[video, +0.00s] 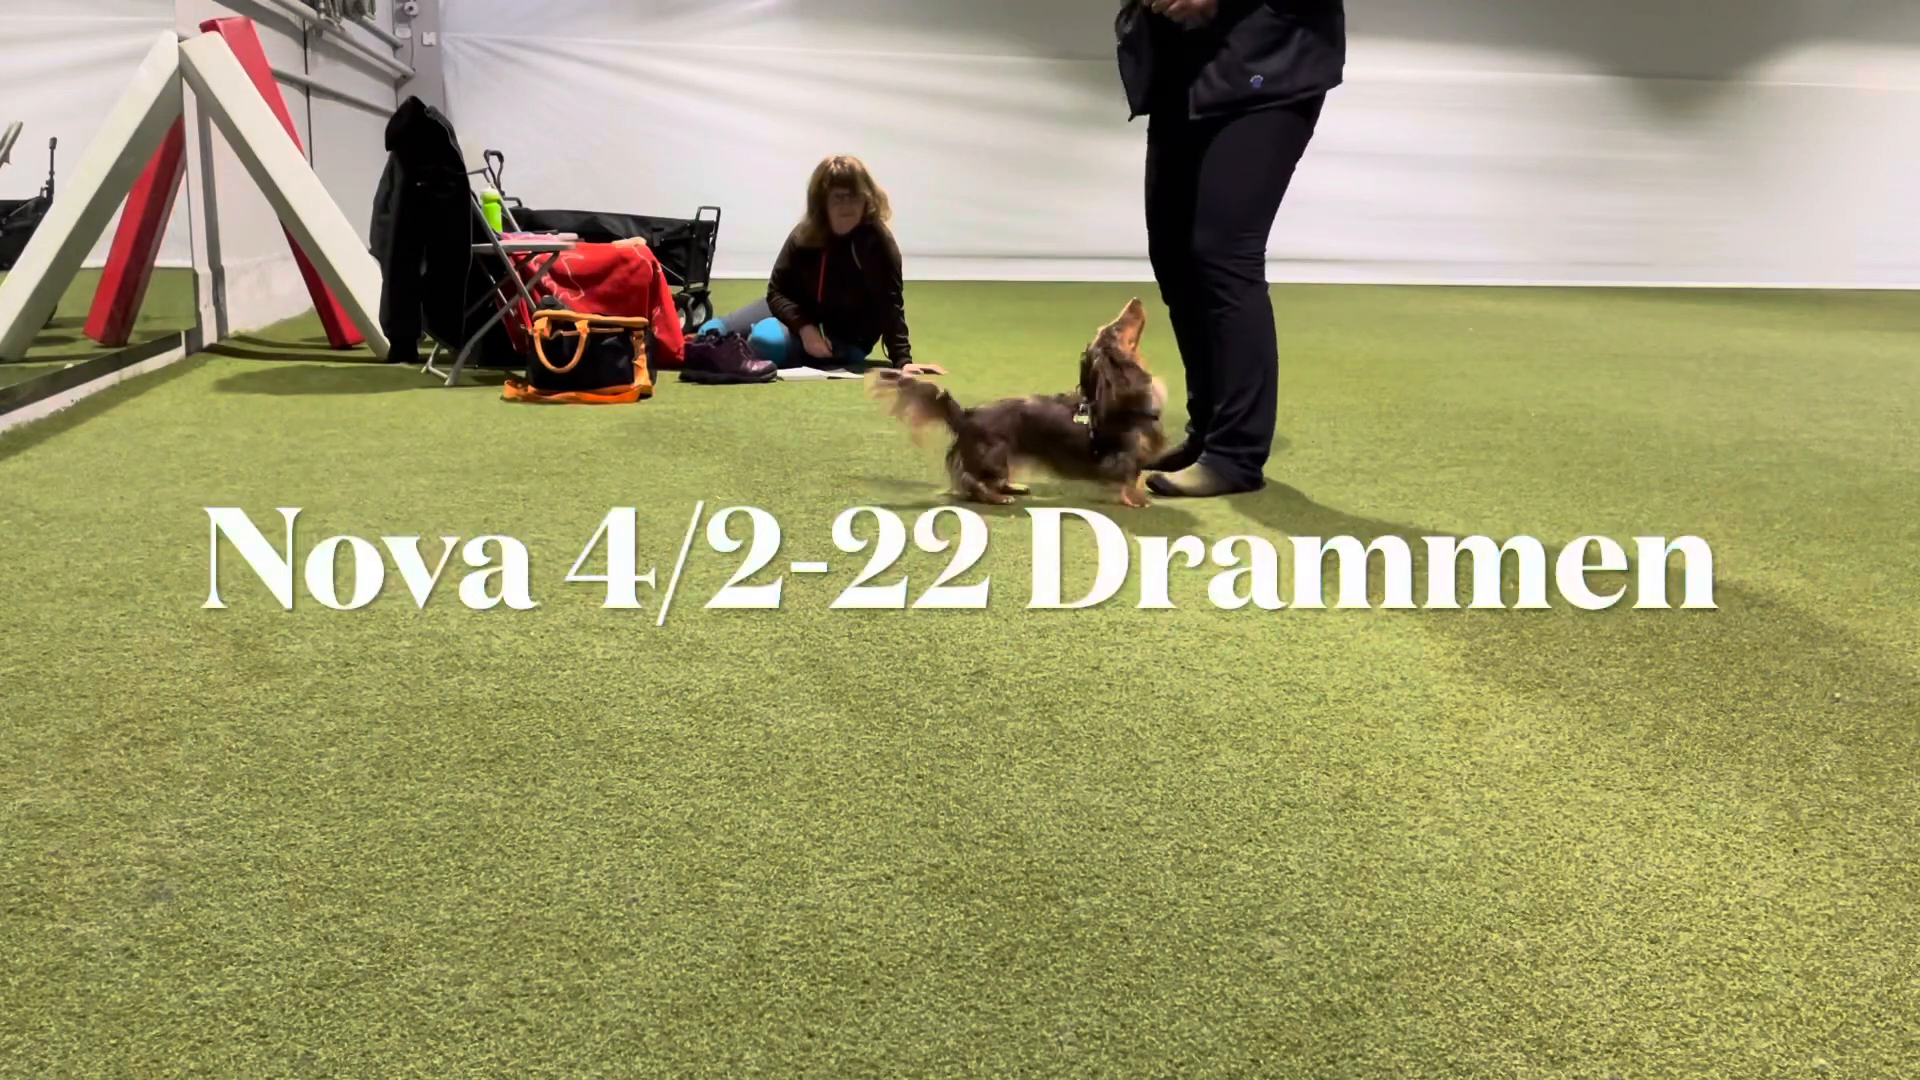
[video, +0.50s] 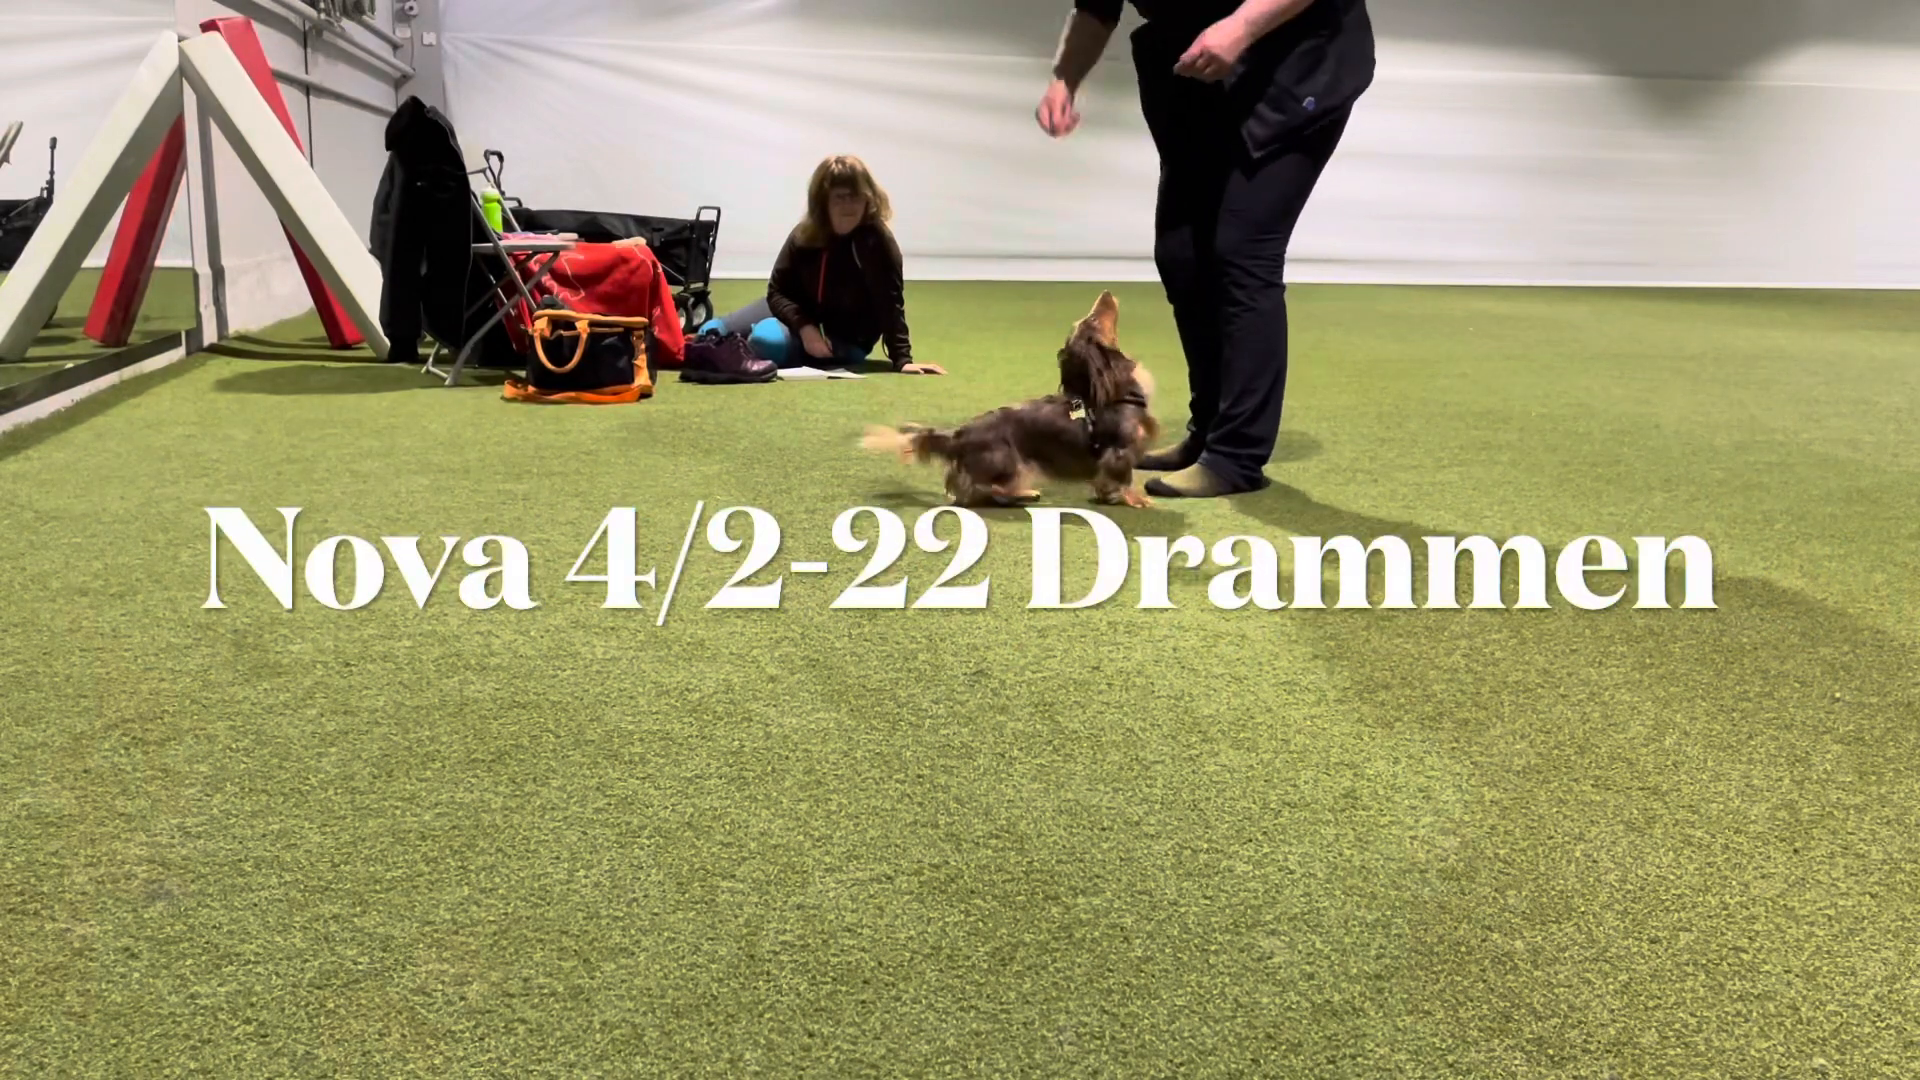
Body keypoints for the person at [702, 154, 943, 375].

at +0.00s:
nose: (846, 205)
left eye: (854, 196)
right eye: (838, 197)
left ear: (866, 201)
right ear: (822, 201)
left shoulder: (878, 242)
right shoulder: (804, 237)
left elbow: (891, 303)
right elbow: (778, 292)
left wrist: (903, 361)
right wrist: (804, 327)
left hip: (840, 338)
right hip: (794, 314)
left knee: (763, 337)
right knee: (714, 331)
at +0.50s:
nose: (848, 204)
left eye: (855, 195)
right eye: (839, 196)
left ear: (868, 200)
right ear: (823, 200)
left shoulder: (878, 242)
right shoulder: (805, 236)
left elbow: (891, 302)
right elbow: (778, 292)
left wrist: (902, 360)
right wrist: (804, 327)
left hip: (841, 338)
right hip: (793, 313)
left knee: (764, 337)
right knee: (714, 331)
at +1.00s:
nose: (848, 204)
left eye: (856, 195)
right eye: (839, 196)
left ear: (868, 200)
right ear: (823, 200)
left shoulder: (878, 242)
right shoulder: (805, 236)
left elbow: (891, 302)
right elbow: (778, 292)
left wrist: (902, 360)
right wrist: (805, 327)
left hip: (841, 338)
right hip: (794, 313)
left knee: (764, 337)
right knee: (714, 331)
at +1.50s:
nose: (848, 204)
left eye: (855, 195)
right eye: (839, 196)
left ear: (867, 200)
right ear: (822, 201)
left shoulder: (877, 242)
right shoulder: (804, 237)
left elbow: (891, 302)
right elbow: (778, 292)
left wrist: (902, 360)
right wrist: (804, 327)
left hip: (841, 338)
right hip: (794, 313)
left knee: (764, 337)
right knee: (713, 331)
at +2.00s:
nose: (848, 205)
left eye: (855, 196)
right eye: (839, 197)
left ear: (867, 200)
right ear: (822, 201)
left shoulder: (878, 242)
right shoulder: (804, 237)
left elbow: (891, 302)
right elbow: (777, 293)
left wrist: (903, 361)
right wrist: (804, 327)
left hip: (841, 338)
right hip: (794, 313)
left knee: (764, 338)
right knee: (712, 332)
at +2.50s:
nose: (848, 205)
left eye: (855, 196)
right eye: (839, 197)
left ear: (866, 201)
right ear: (822, 201)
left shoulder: (878, 243)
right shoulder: (804, 237)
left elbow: (891, 302)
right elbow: (778, 293)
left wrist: (902, 360)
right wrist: (804, 327)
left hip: (840, 338)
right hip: (793, 313)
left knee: (764, 338)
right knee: (712, 332)